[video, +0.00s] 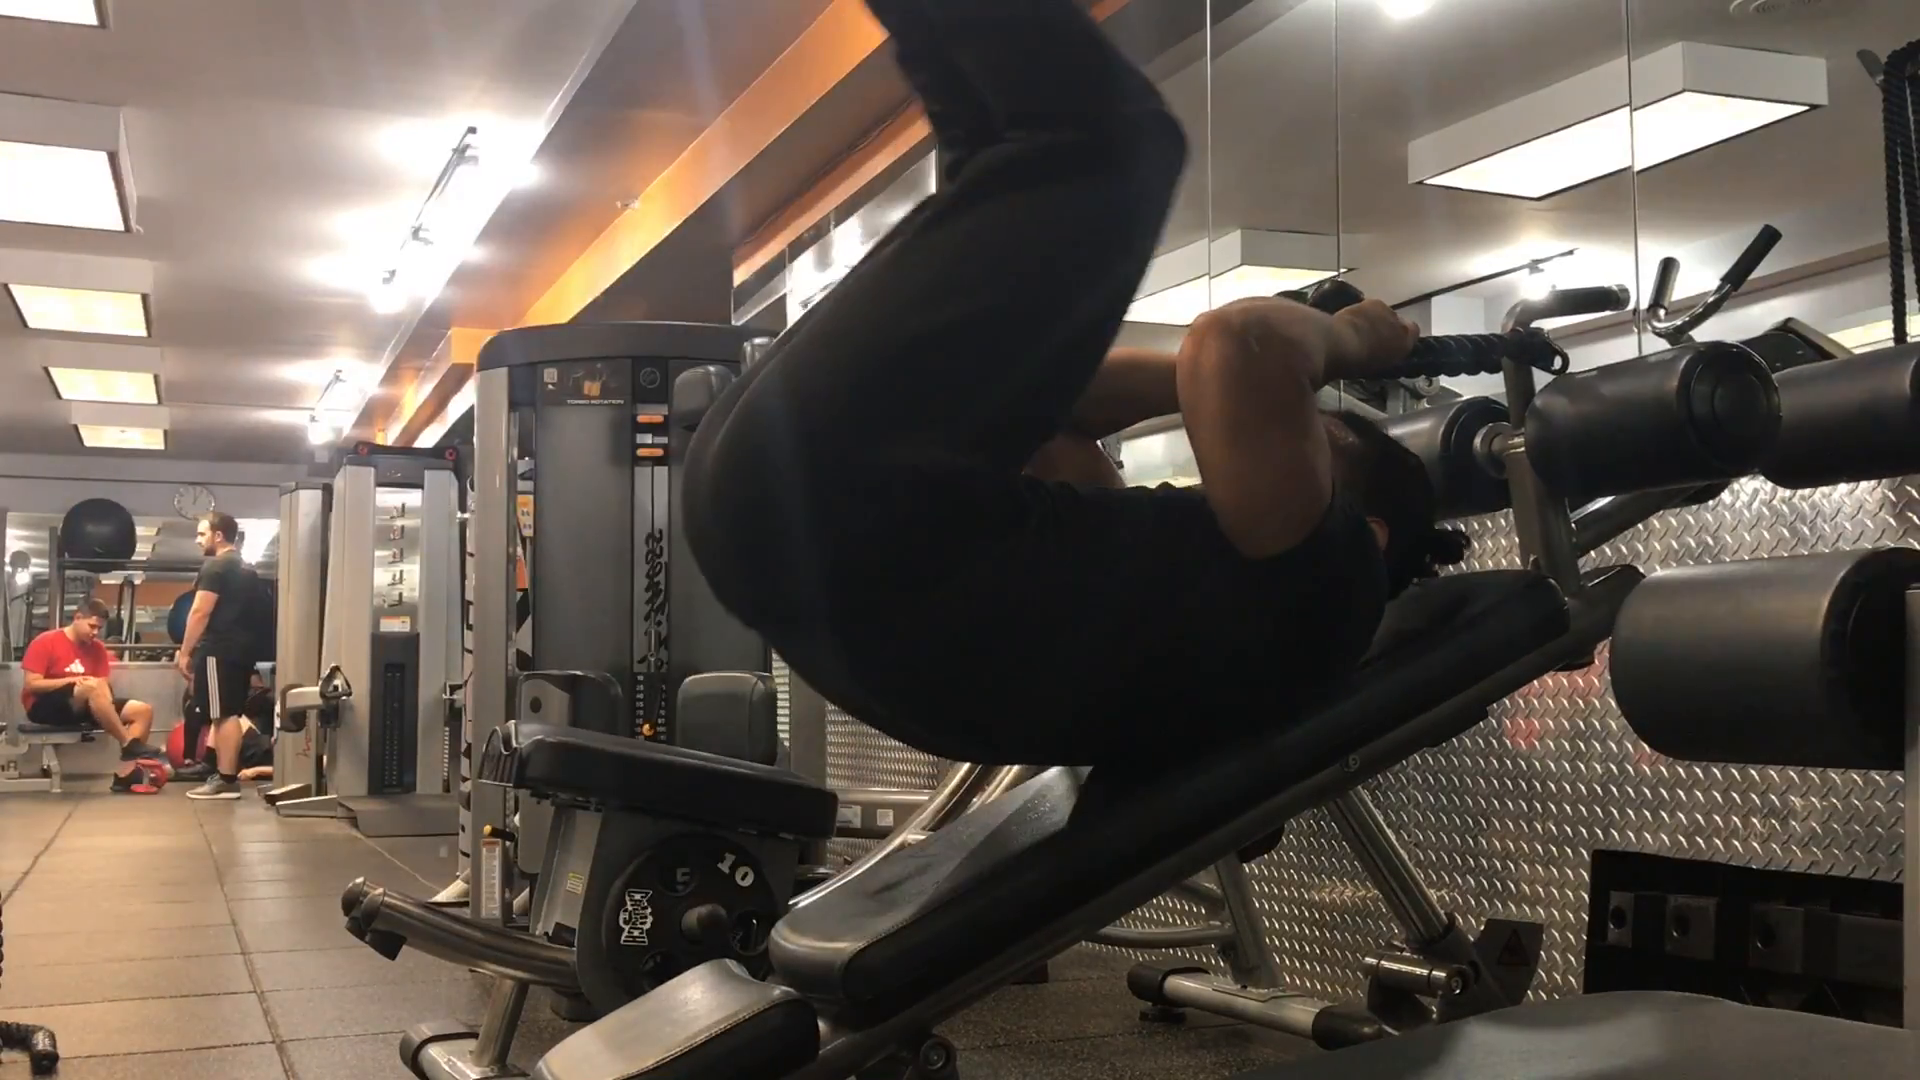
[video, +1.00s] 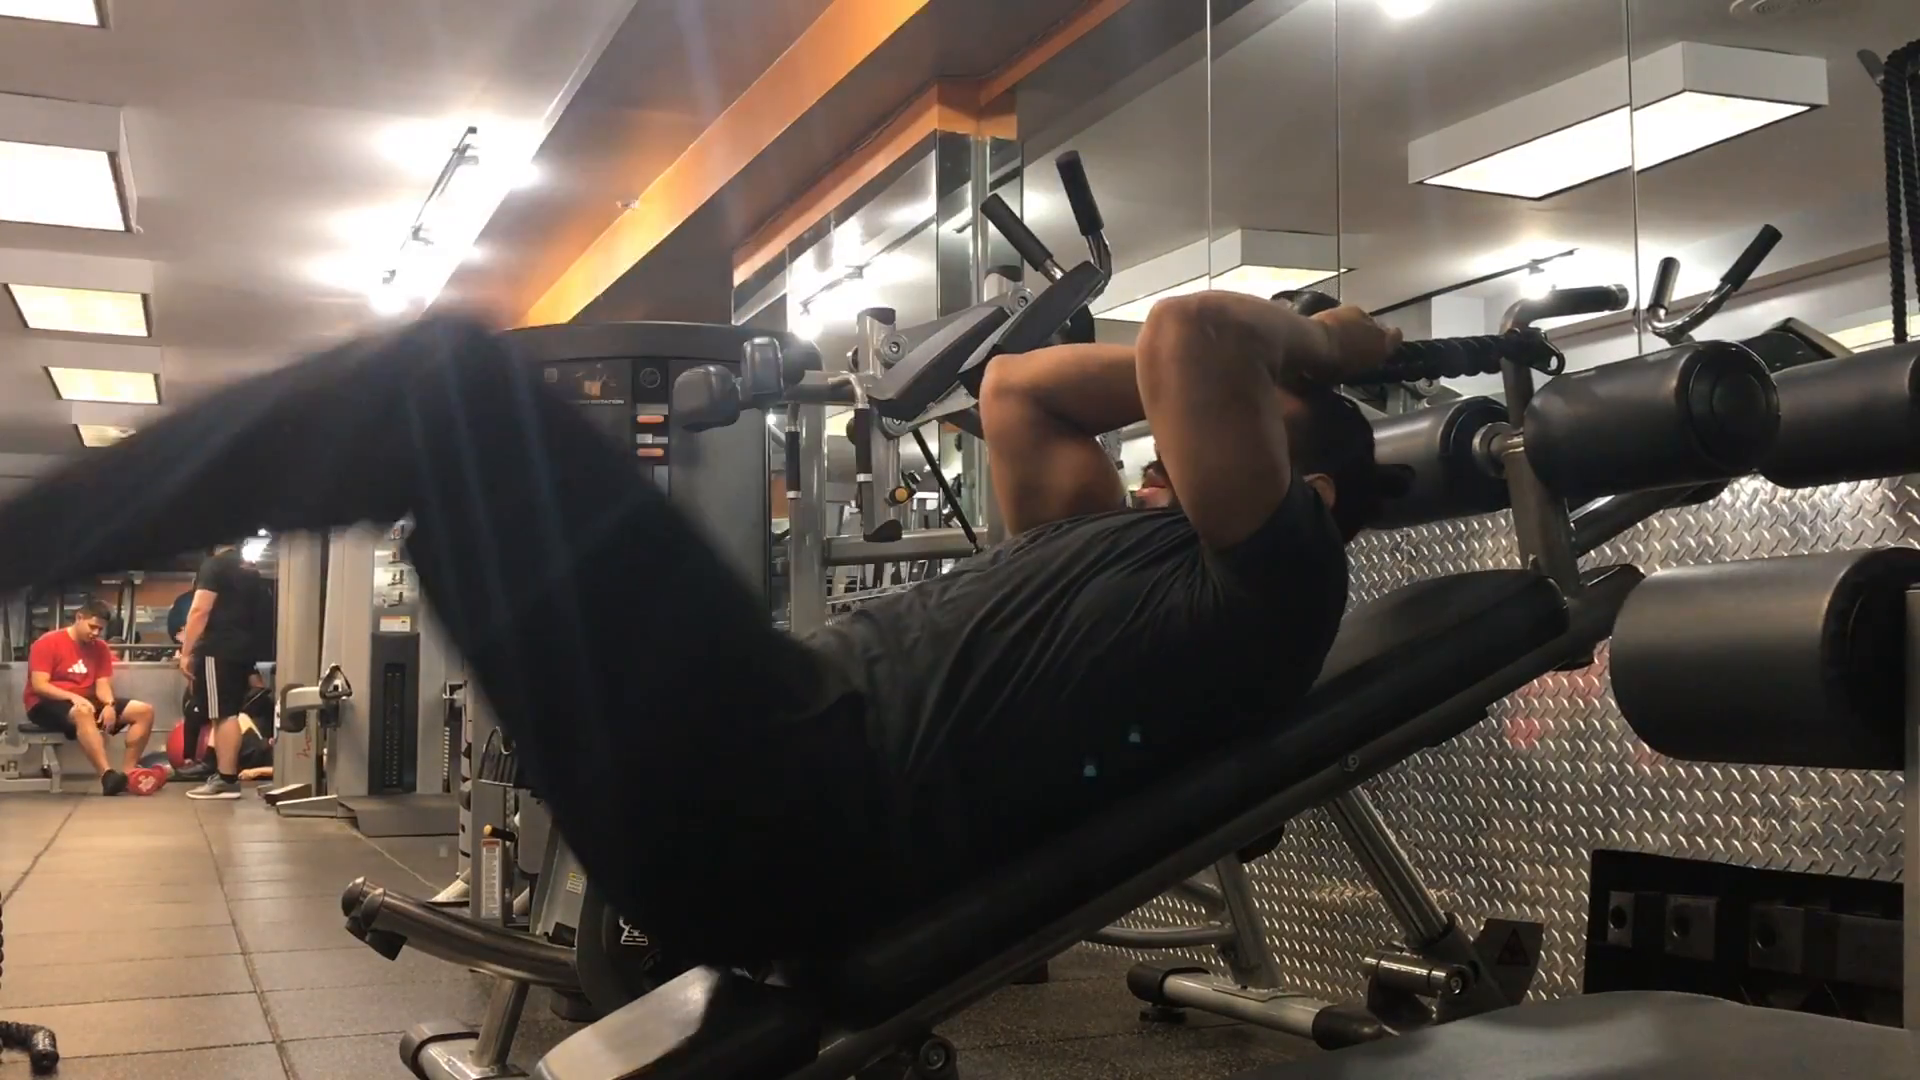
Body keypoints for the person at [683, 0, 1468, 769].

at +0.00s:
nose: (1303, 441)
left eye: (1327, 442)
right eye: (1313, 437)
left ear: (1353, 494)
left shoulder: (1321, 592)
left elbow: (1232, 342)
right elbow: (1046, 401)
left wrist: (1347, 333)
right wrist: (1236, 379)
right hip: (752, 526)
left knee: (1109, 142)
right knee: (1007, 183)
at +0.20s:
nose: (1305, 441)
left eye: (1327, 443)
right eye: (1316, 438)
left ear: (1358, 515)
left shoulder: (1317, 588)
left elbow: (1225, 342)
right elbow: (1054, 411)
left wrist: (1342, 333)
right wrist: (1200, 381)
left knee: (1169, 178)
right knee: (1075, 205)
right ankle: (966, 53)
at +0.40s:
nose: (1304, 437)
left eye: (1330, 442)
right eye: (1316, 433)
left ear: (1354, 504)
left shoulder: (1313, 597)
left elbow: (1224, 338)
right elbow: (1046, 403)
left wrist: (1340, 333)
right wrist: (1215, 388)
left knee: (1106, 160)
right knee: (1026, 200)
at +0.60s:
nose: (1283, 422)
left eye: (1313, 427)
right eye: (1294, 420)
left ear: (1348, 496)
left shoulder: (1308, 579)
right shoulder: (1116, 576)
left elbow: (1218, 331)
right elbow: (1024, 404)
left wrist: (1332, 333)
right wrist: (1219, 383)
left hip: (822, 649)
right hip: (730, 644)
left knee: (955, 163)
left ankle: (618, 16)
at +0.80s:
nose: (1242, 437)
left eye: (1277, 435)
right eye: (1260, 426)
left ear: (1314, 480)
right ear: (1271, 481)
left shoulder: (1284, 597)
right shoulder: (1125, 566)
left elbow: (1213, 322)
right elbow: (1020, 391)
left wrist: (1326, 336)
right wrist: (1229, 374)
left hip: (791, 762)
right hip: (784, 678)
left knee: (726, 213)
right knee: (742, 199)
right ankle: (253, 191)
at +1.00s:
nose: (1208, 471)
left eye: (1246, 458)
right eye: (1231, 454)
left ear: (1290, 491)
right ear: (1236, 493)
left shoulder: (1261, 609)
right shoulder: (1112, 573)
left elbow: (1192, 328)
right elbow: (1026, 394)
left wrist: (1325, 338)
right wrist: (1236, 389)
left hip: (789, 820)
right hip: (748, 757)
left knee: (450, 377)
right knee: (451, 382)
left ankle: (33, 541)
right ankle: (50, 533)